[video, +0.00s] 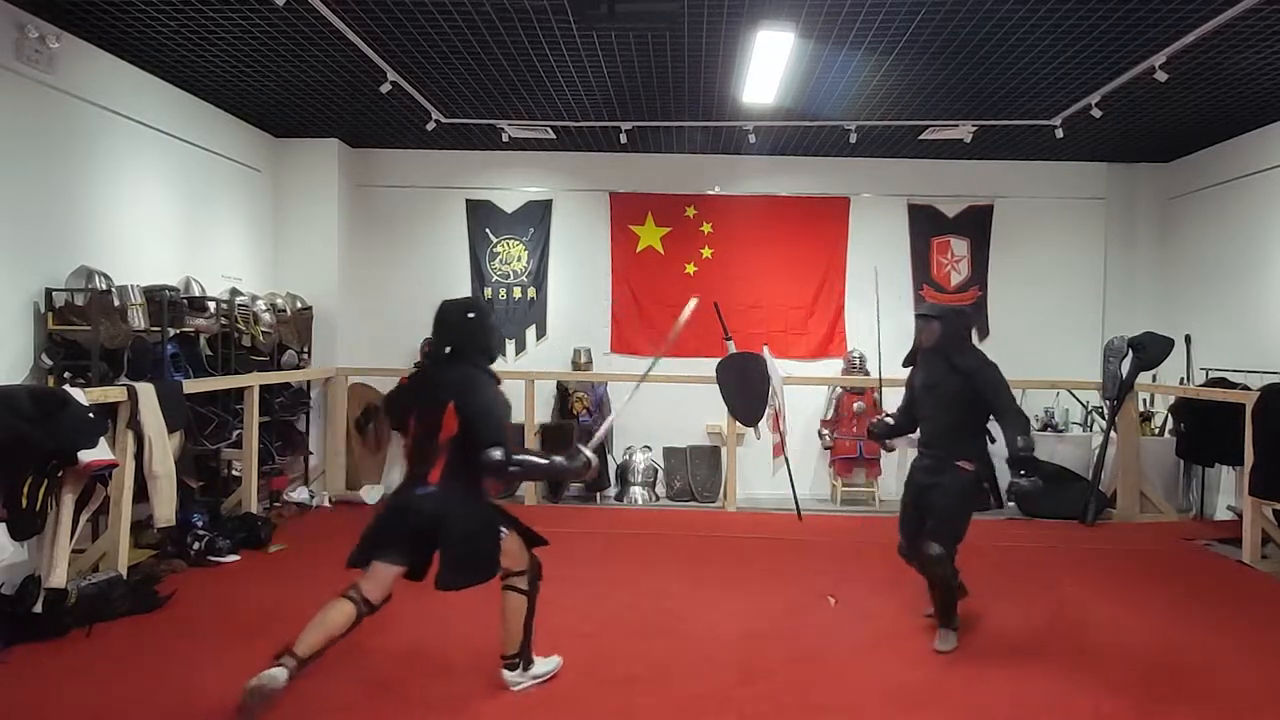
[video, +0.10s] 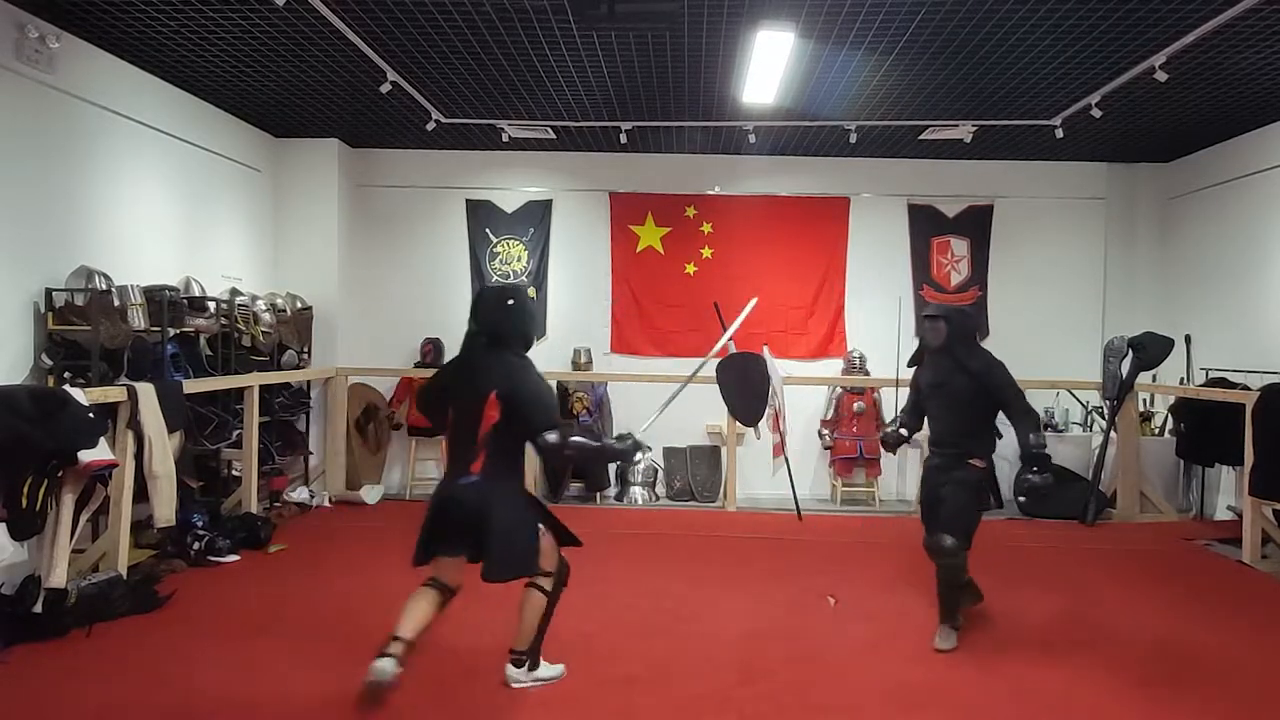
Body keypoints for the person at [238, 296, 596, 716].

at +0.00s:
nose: (498, 341)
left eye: (493, 332)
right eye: (492, 334)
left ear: (446, 339)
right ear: (482, 341)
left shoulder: (423, 378)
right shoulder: (483, 390)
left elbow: (390, 415)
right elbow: (495, 472)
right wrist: (566, 468)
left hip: (411, 501)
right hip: (461, 505)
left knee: (364, 592)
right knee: (521, 565)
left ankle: (285, 666)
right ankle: (517, 666)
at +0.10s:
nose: (535, 330)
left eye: (533, 320)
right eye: (531, 321)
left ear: (481, 322)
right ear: (521, 324)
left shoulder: (460, 367)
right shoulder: (520, 375)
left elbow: (426, 401)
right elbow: (556, 443)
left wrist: (459, 425)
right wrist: (618, 450)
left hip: (454, 493)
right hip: (500, 497)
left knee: (442, 579)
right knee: (551, 566)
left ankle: (390, 656)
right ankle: (523, 663)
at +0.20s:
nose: (563, 326)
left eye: (560, 317)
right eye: (560, 318)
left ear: (509, 322)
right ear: (550, 324)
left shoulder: (488, 369)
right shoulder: (560, 377)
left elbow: (458, 398)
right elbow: (607, 424)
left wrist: (492, 427)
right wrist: (669, 430)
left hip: (495, 492)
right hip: (544, 494)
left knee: (501, 581)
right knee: (592, 557)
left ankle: (481, 664)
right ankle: (547, 643)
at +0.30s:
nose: (601, 346)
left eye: (598, 338)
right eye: (597, 339)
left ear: (546, 342)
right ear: (587, 345)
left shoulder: (522, 385)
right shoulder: (598, 393)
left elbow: (493, 411)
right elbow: (656, 430)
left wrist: (532, 444)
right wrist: (713, 408)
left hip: (534, 510)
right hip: (583, 508)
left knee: (514, 597)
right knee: (647, 541)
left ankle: (476, 678)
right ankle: (643, 637)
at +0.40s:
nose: (647, 352)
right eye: (643, 346)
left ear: (597, 353)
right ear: (638, 357)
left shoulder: (573, 393)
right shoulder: (651, 400)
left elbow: (532, 423)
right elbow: (704, 446)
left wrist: (571, 448)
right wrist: (755, 408)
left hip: (585, 515)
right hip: (642, 514)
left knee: (537, 586)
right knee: (701, 549)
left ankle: (482, 664)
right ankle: (748, 622)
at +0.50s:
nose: (675, 365)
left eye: (663, 360)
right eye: (688, 358)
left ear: (653, 366)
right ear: (695, 368)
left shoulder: (637, 402)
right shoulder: (713, 405)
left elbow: (590, 430)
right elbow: (768, 428)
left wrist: (621, 473)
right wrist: (814, 403)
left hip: (645, 517)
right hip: (699, 517)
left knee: (592, 590)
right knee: (755, 562)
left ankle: (520, 652)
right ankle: (790, 631)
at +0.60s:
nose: (758, 380)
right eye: (753, 374)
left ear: (706, 377)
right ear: (742, 379)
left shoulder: (686, 407)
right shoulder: (756, 410)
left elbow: (640, 432)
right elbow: (807, 407)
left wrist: (662, 473)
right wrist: (844, 388)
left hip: (682, 522)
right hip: (734, 520)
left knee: (635, 589)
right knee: (785, 549)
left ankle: (580, 659)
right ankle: (798, 628)